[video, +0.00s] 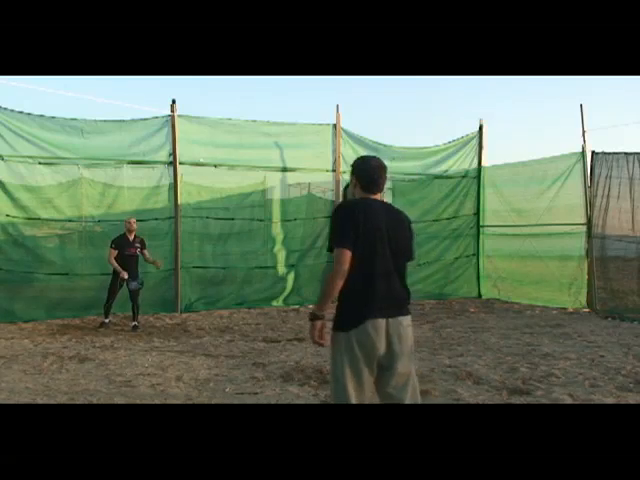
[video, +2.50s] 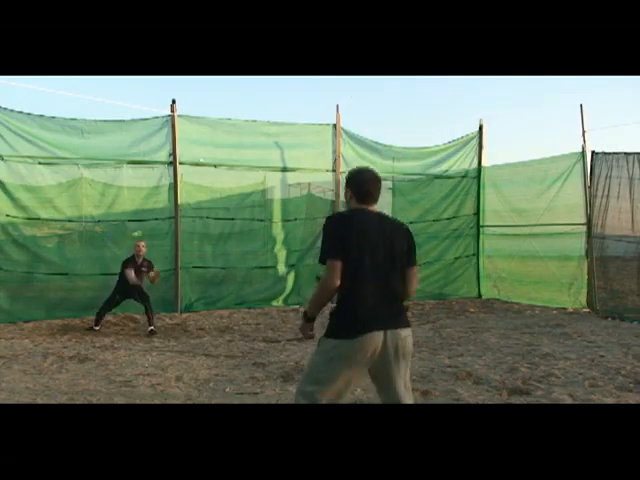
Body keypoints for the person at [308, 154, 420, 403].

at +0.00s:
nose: (349, 183)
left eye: (350, 179)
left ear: (354, 181)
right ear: (383, 184)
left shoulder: (347, 211)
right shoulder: (400, 217)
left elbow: (341, 268)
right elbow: (402, 264)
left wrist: (319, 313)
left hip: (358, 323)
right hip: (399, 321)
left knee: (352, 396)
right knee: (403, 395)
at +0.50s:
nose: (341, 198)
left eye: (342, 195)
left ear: (345, 197)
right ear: (373, 203)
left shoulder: (335, 215)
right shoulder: (385, 234)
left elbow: (315, 265)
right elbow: (390, 292)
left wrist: (281, 305)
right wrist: (382, 323)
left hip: (340, 329)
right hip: (379, 330)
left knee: (328, 397)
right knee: (373, 397)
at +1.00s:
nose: (360, 191)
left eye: (361, 187)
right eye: (361, 187)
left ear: (364, 190)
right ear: (393, 193)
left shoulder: (354, 221)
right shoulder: (413, 224)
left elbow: (352, 281)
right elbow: (430, 283)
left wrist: (338, 320)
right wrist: (413, 311)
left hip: (368, 330)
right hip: (413, 327)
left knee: (345, 397)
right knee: (422, 398)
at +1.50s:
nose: (338, 198)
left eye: (339, 192)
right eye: (339, 192)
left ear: (346, 195)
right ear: (377, 195)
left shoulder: (334, 227)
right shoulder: (394, 231)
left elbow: (323, 286)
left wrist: (313, 312)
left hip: (341, 338)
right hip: (387, 336)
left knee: (314, 398)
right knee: (394, 398)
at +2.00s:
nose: (302, 185)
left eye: (302, 180)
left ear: (306, 185)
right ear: (339, 180)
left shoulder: (297, 224)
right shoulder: (363, 212)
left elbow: (295, 288)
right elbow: (411, 207)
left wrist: (291, 302)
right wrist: (391, 166)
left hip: (321, 333)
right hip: (369, 328)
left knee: (316, 398)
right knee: (383, 398)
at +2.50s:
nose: (344, 194)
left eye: (345, 190)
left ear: (349, 193)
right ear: (378, 195)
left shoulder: (338, 222)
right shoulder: (401, 229)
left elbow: (333, 281)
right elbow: (410, 288)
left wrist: (309, 315)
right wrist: (383, 300)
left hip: (352, 333)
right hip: (398, 333)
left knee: (309, 397)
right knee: (401, 398)